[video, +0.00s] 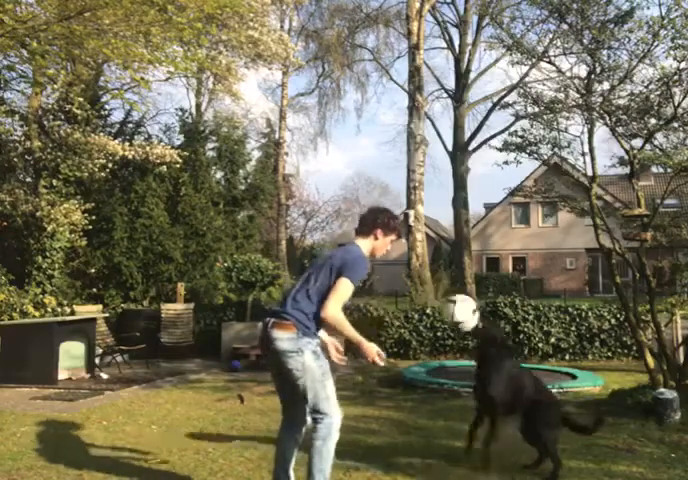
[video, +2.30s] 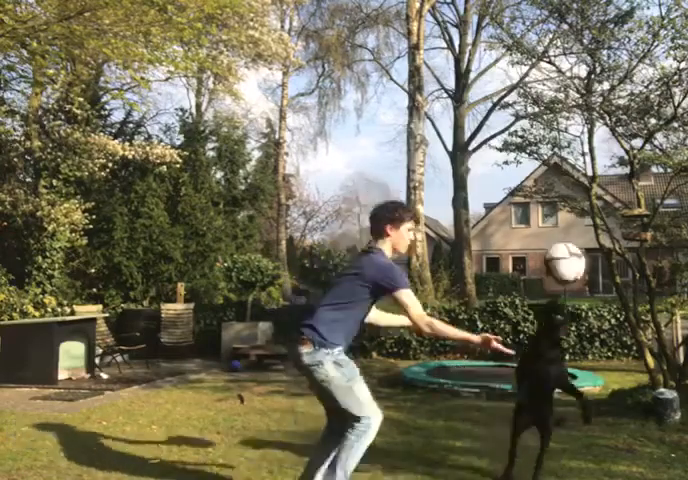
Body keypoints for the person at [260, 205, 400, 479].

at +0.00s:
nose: (388, 249)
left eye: (391, 243)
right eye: (389, 241)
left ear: (366, 231)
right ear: (377, 233)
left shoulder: (335, 254)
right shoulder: (357, 260)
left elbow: (299, 304)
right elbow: (330, 311)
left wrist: (324, 338)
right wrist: (362, 343)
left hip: (274, 331)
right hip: (295, 337)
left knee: (294, 415)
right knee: (328, 416)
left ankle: (282, 475)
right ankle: (320, 475)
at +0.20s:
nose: (389, 252)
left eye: (391, 246)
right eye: (389, 245)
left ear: (367, 238)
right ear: (376, 239)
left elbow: (330, 325)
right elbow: (362, 342)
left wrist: (374, 342)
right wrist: (403, 358)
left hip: (269, 335)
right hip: (291, 343)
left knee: (295, 415)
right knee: (328, 416)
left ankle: (281, 475)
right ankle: (319, 476)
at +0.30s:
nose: (387, 241)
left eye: (390, 235)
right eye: (388, 234)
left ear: (363, 227)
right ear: (375, 228)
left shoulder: (338, 256)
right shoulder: (361, 264)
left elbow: (350, 318)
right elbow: (355, 327)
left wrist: (387, 316)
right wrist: (399, 323)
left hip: (274, 335)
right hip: (295, 341)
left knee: (302, 415)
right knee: (334, 415)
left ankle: (285, 474)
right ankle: (321, 475)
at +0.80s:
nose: (382, 224)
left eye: (386, 219)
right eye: (384, 216)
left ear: (366, 206)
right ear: (368, 205)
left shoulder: (342, 233)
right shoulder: (345, 236)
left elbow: (324, 289)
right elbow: (316, 285)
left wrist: (360, 297)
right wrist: (360, 297)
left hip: (299, 331)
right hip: (310, 334)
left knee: (304, 413)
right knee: (328, 416)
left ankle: (287, 473)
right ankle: (319, 475)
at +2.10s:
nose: (398, 224)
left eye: (400, 218)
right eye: (397, 216)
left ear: (374, 211)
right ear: (381, 211)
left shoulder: (353, 241)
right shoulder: (361, 243)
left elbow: (348, 306)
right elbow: (355, 304)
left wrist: (384, 326)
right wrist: (402, 325)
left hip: (311, 336)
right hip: (314, 338)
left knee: (328, 416)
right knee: (339, 418)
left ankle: (309, 473)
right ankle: (320, 475)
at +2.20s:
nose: (401, 228)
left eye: (403, 221)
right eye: (400, 220)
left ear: (378, 216)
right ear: (384, 217)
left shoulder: (357, 248)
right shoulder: (374, 255)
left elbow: (356, 310)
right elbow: (387, 317)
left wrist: (400, 319)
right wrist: (439, 333)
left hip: (313, 339)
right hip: (319, 342)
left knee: (339, 417)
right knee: (346, 419)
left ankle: (314, 474)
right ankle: (323, 475)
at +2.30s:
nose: (413, 237)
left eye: (412, 230)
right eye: (409, 229)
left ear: (387, 230)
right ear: (389, 230)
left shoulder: (363, 261)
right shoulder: (383, 265)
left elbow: (368, 314)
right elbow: (425, 323)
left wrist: (416, 321)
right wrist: (476, 339)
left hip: (310, 347)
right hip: (323, 350)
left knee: (340, 421)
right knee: (367, 418)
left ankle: (314, 475)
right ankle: (333, 475)